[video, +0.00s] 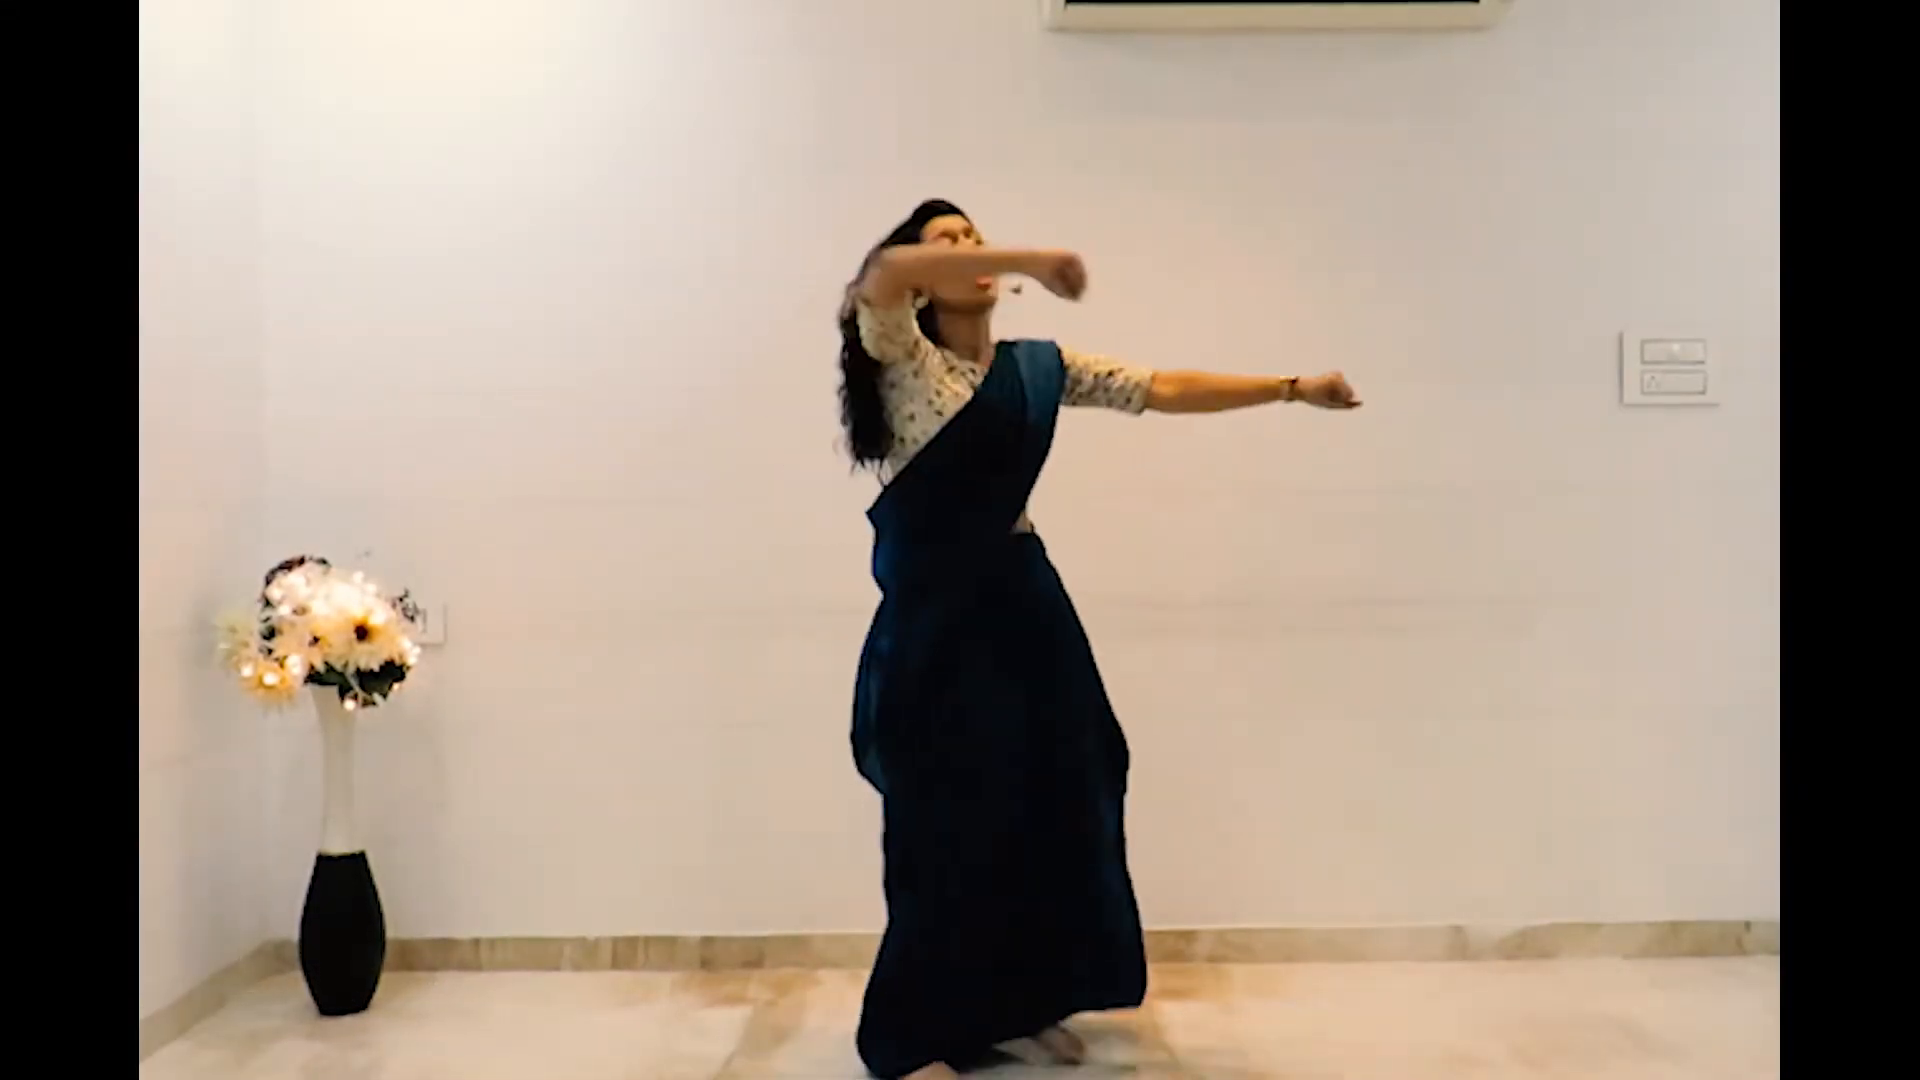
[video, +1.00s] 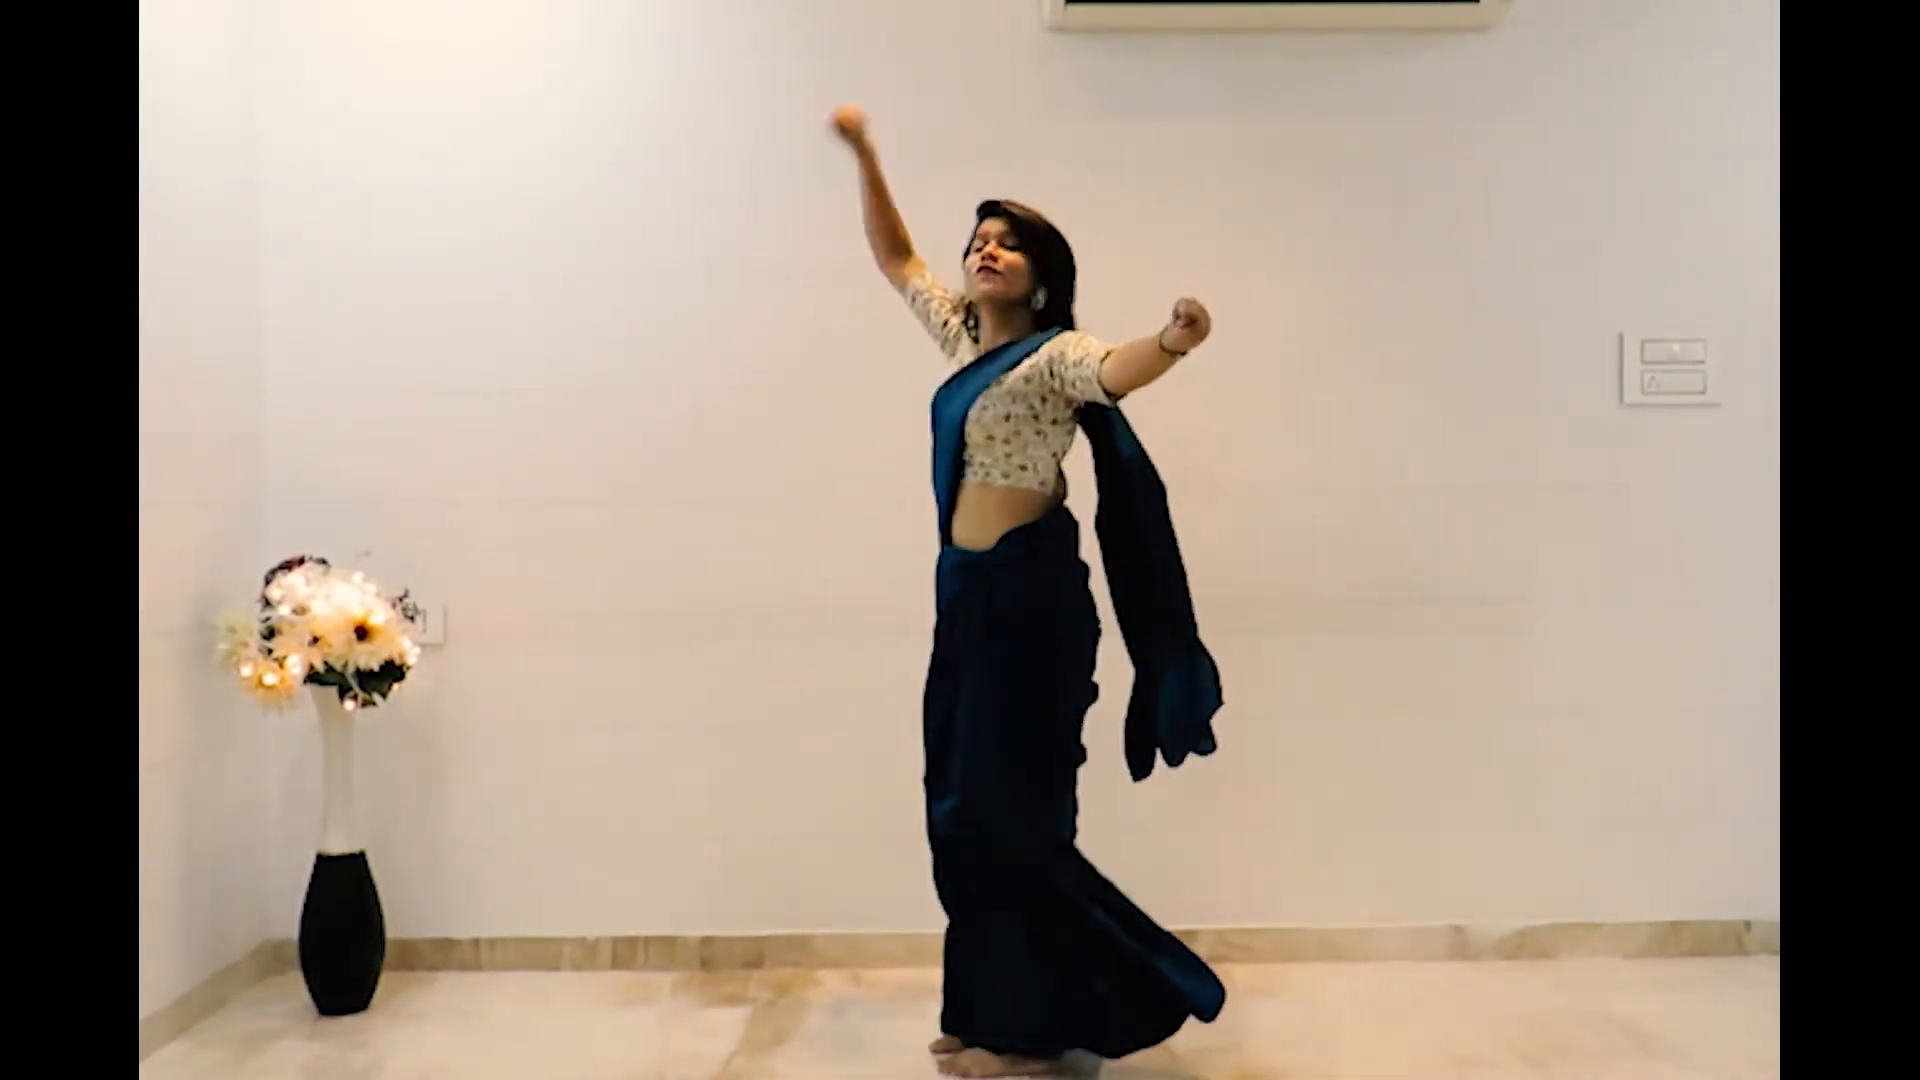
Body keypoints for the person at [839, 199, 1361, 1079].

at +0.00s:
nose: (973, 255)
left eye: (975, 243)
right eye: (950, 244)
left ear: (993, 273)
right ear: (914, 277)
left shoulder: (1037, 364)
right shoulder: (901, 363)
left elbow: (1161, 390)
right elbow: (885, 272)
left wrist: (1294, 386)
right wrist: (1026, 261)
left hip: (1020, 608)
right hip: (930, 617)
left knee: (1060, 792)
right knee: (949, 819)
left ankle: (1028, 1006)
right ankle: (919, 1038)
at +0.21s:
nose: (986, 276)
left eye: (1001, 267)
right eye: (966, 271)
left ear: (1032, 300)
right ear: (944, 314)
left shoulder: (1076, 397)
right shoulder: (911, 405)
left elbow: (1194, 438)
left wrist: (1325, 423)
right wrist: (806, 375)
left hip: (1035, 643)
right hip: (932, 639)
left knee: (1067, 831)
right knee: (911, 842)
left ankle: (1061, 1040)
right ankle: (902, 1046)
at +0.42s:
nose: (994, 250)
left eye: (1007, 240)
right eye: (975, 245)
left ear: (1038, 268)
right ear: (952, 282)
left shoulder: (1086, 348)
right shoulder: (938, 366)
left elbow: (1192, 354)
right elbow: (889, 416)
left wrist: (1311, 304)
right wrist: (797, 322)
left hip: (1059, 613)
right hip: (957, 613)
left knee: (1067, 813)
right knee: (941, 815)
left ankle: (1071, 1034)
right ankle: (916, 1026)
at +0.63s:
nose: (995, 304)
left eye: (1009, 291)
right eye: (975, 296)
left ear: (1038, 314)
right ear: (954, 325)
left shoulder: (1086, 396)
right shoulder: (931, 404)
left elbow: (1079, 434)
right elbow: (935, 471)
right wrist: (990, 401)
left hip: (1078, 638)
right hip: (982, 645)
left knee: (1099, 834)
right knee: (998, 837)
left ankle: (1099, 1040)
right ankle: (1004, 1042)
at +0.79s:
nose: (979, 261)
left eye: (998, 249)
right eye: (966, 253)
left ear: (1035, 278)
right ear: (953, 287)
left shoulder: (1061, 346)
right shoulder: (945, 366)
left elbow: (1090, 364)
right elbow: (831, 377)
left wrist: (1127, 347)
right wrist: (900, 271)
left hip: (1063, 597)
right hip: (970, 603)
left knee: (1047, 811)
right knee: (979, 817)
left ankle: (1071, 1036)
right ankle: (1010, 1013)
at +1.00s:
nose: (985, 253)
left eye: (1005, 247)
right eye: (980, 245)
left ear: (1043, 275)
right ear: (967, 273)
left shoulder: (1055, 353)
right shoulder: (964, 343)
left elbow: (1113, 370)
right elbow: (898, 261)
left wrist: (1169, 342)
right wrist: (864, 155)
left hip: (1028, 596)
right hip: (965, 597)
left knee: (999, 811)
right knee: (960, 810)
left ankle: (1046, 1024)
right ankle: (995, 1022)